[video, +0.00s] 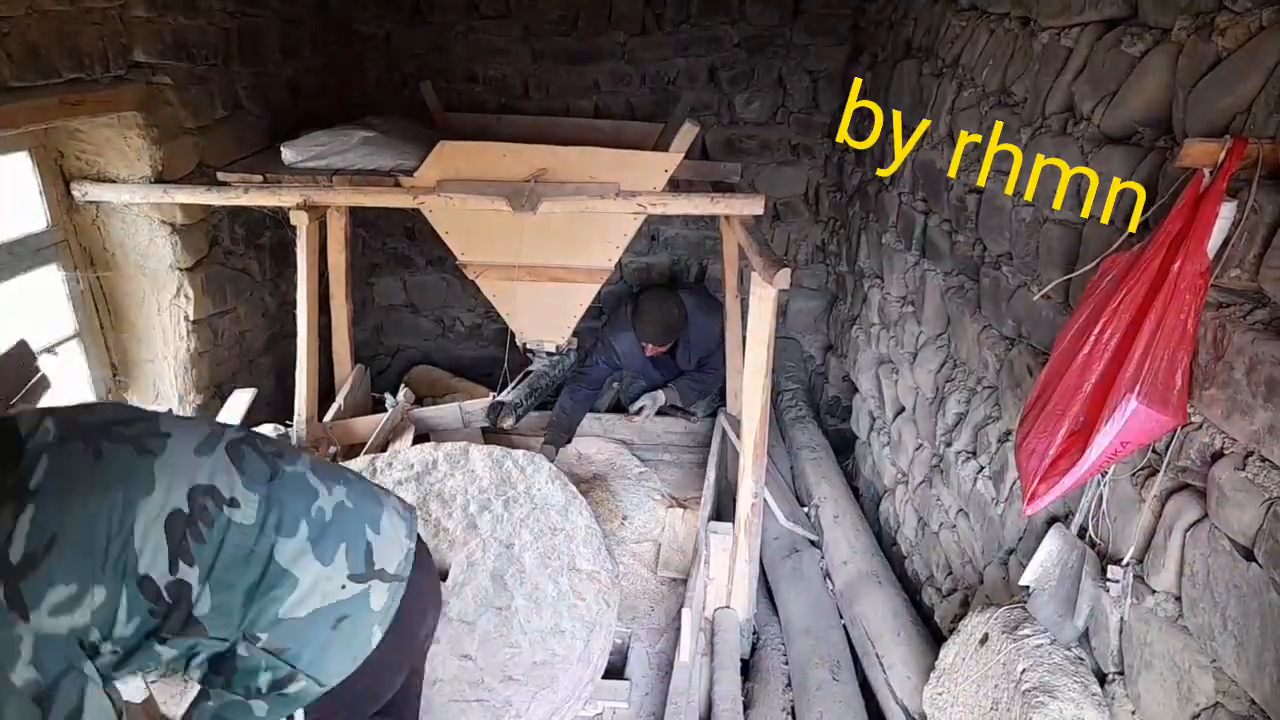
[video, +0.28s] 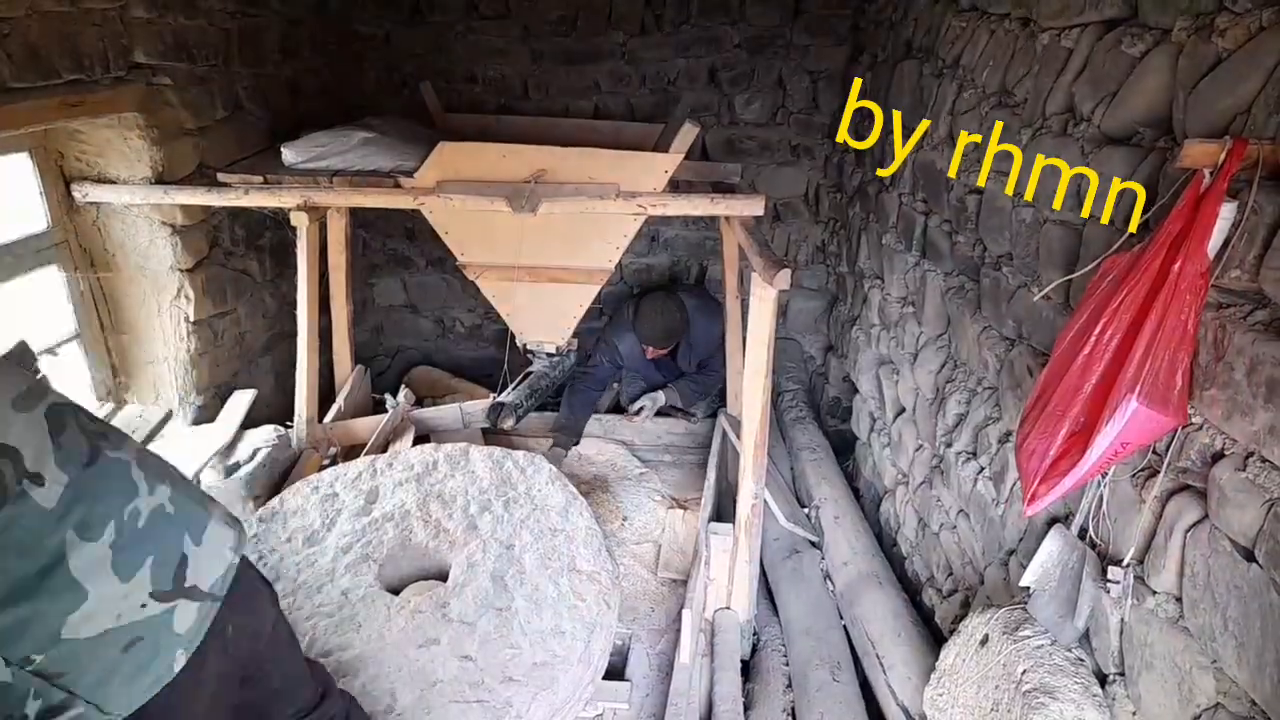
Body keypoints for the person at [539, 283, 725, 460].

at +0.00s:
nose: (648, 350)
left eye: (657, 345)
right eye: (643, 342)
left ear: (676, 336)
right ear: (635, 329)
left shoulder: (710, 327)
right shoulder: (617, 337)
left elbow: (711, 375)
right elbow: (583, 386)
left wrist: (663, 396)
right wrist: (551, 444)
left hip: (690, 366)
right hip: (643, 371)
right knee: (633, 396)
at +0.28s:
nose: (649, 353)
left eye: (658, 348)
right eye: (644, 345)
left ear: (677, 338)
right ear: (636, 331)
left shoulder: (709, 329)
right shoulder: (618, 336)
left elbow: (713, 376)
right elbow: (586, 385)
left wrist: (664, 397)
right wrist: (560, 445)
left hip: (689, 368)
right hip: (643, 372)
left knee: (699, 410)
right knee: (632, 401)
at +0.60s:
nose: (631, 359)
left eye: (640, 354)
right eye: (627, 351)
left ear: (659, 344)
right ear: (619, 337)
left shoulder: (701, 336)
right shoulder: (604, 348)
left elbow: (707, 376)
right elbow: (576, 390)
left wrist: (658, 401)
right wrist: (551, 445)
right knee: (635, 395)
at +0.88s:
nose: (632, 360)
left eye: (641, 354)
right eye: (627, 352)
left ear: (660, 345)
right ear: (621, 339)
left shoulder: (701, 339)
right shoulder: (607, 353)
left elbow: (710, 378)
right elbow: (578, 402)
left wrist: (659, 399)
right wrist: (553, 452)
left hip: (690, 368)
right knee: (632, 390)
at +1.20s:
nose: (639, 359)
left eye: (647, 353)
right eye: (633, 351)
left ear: (666, 343)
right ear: (625, 339)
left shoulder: (704, 338)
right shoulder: (610, 353)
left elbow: (712, 378)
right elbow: (582, 400)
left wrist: (660, 397)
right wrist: (557, 455)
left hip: (690, 370)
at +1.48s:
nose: (643, 352)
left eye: (653, 345)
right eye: (639, 343)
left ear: (672, 337)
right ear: (631, 331)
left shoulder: (708, 335)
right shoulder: (616, 342)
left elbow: (711, 379)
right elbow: (589, 387)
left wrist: (662, 394)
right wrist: (566, 442)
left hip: (689, 368)